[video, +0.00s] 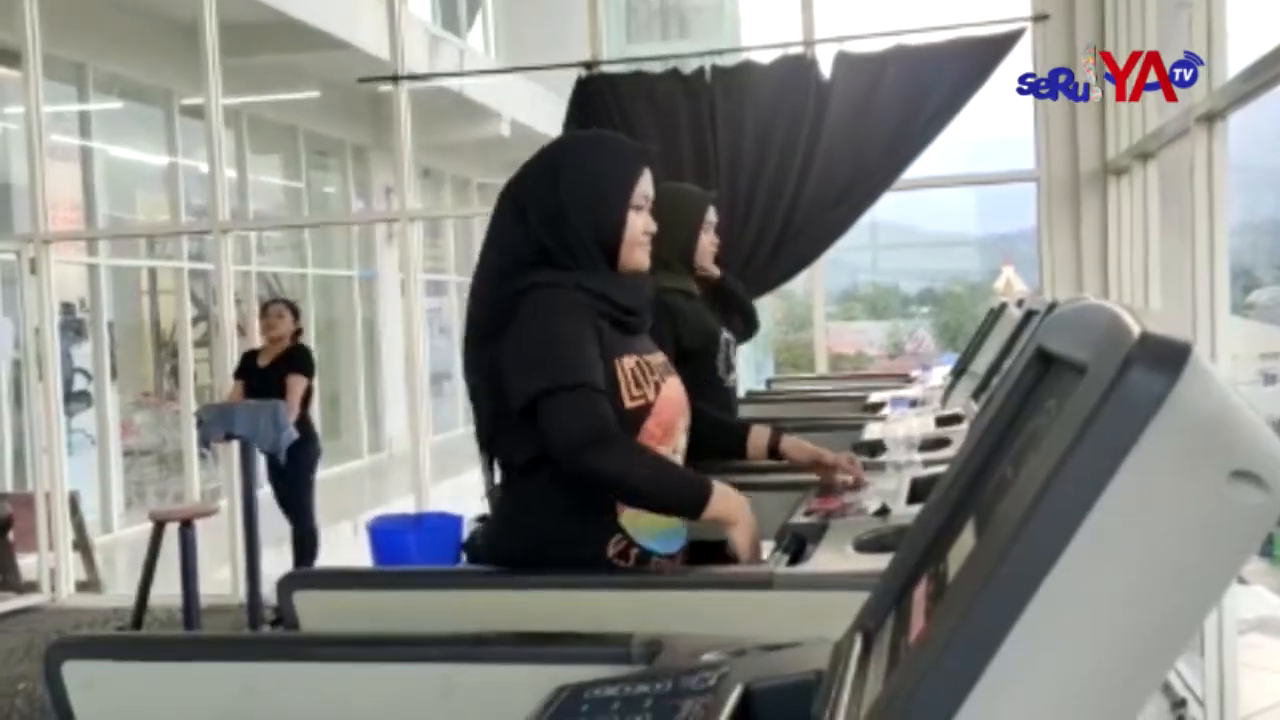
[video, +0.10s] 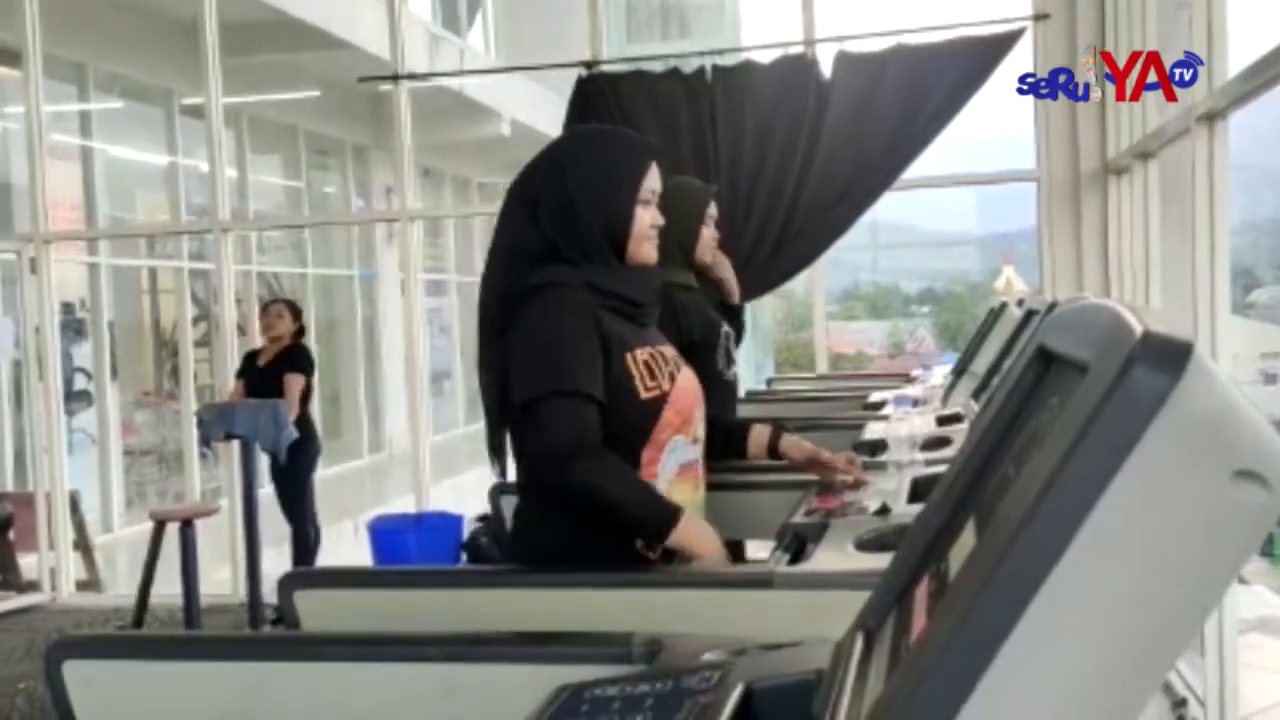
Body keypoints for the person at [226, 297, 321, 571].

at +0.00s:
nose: (272, 322)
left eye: (280, 316)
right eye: (267, 317)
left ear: (295, 324)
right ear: (261, 324)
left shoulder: (299, 355)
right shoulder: (250, 359)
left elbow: (293, 399)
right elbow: (236, 397)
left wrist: (279, 431)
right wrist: (222, 423)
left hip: (299, 435)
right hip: (268, 437)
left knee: (301, 508)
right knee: (289, 508)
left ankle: (302, 574)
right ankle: (304, 570)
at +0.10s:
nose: (271, 322)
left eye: (280, 316)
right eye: (267, 317)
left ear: (294, 324)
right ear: (261, 323)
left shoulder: (297, 353)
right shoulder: (252, 358)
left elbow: (292, 397)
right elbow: (238, 396)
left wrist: (279, 429)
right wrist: (224, 422)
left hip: (299, 432)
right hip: (271, 434)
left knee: (300, 506)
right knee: (290, 507)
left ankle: (302, 572)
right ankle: (304, 568)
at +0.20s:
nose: (271, 322)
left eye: (279, 316)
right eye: (267, 317)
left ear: (295, 323)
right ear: (261, 324)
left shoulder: (297, 353)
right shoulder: (253, 358)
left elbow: (292, 399)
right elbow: (238, 396)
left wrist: (279, 431)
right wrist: (222, 422)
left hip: (300, 434)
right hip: (273, 436)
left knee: (298, 509)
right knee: (294, 509)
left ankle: (301, 574)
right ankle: (305, 571)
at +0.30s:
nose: (271, 321)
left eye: (279, 316)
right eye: (266, 316)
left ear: (294, 323)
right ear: (261, 323)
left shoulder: (298, 352)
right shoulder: (254, 358)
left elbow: (293, 395)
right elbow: (238, 395)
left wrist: (282, 429)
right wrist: (222, 421)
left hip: (300, 433)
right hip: (273, 435)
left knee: (301, 506)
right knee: (292, 507)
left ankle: (303, 572)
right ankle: (303, 570)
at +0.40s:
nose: (271, 320)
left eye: (279, 315)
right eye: (266, 315)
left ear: (295, 322)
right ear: (261, 322)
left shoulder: (300, 352)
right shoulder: (253, 358)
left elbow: (294, 396)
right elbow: (238, 396)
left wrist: (282, 429)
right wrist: (221, 422)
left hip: (301, 435)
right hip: (271, 438)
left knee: (303, 508)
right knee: (290, 508)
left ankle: (303, 573)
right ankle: (304, 569)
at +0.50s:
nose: (272, 320)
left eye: (280, 315)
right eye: (267, 315)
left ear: (294, 322)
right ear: (261, 322)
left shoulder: (301, 352)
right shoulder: (251, 359)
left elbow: (295, 398)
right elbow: (238, 398)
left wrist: (282, 429)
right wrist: (224, 423)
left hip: (302, 436)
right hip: (267, 439)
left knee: (305, 509)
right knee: (288, 512)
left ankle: (312, 571)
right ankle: (292, 574)